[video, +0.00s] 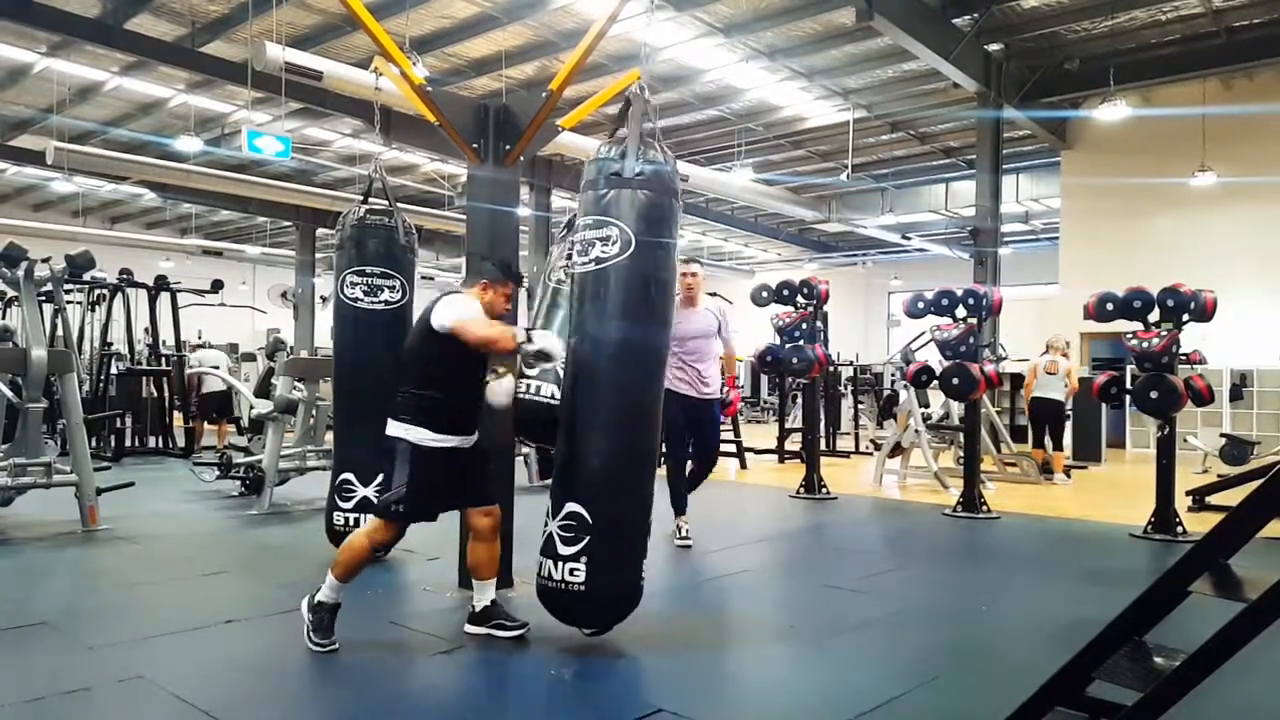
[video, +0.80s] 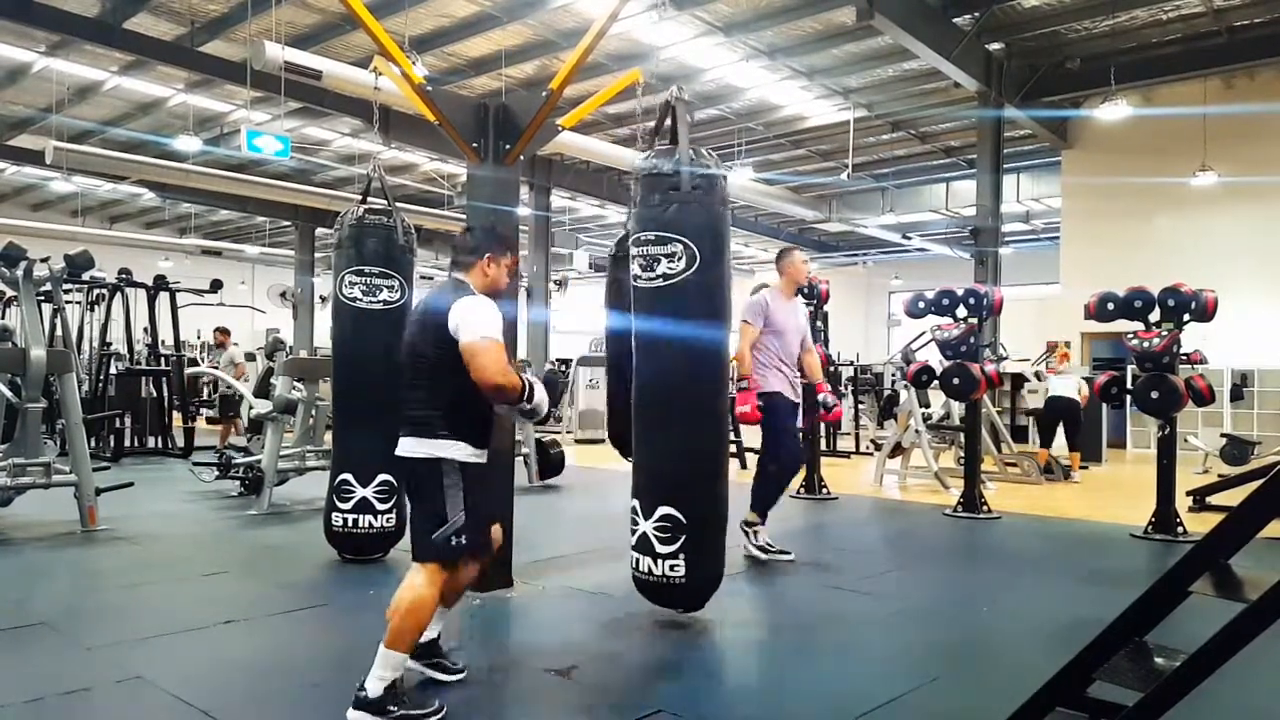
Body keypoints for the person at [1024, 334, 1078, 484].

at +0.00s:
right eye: (1064, 349)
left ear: (1047, 347)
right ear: (1063, 349)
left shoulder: (1036, 362)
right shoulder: (1067, 364)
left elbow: (1028, 383)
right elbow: (1074, 385)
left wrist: (1027, 402)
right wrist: (1066, 397)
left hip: (1037, 400)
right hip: (1056, 401)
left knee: (1037, 438)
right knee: (1057, 440)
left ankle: (1035, 471)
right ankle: (1058, 473)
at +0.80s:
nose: (1055, 363)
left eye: (1056, 361)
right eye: (1057, 361)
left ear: (1058, 363)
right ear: (1070, 363)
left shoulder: (1052, 377)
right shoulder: (1078, 378)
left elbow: (1048, 392)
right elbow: (1085, 394)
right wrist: (1080, 407)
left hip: (1053, 400)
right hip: (1072, 401)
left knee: (1045, 439)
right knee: (1073, 440)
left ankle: (1039, 471)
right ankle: (1075, 473)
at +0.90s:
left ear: (1057, 377)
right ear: (1071, 378)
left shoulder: (1051, 381)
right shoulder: (1078, 384)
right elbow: (1089, 397)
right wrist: (1084, 409)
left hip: (1057, 401)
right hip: (1076, 403)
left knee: (1049, 438)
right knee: (1075, 440)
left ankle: (1038, 469)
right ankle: (1076, 473)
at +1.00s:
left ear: (1058, 386)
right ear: (1071, 385)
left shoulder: (1055, 390)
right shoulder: (1079, 389)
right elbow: (1090, 398)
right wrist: (1085, 412)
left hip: (1059, 403)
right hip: (1079, 404)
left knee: (1049, 439)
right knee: (1076, 441)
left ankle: (1039, 470)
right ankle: (1075, 473)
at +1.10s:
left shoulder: (1058, 395)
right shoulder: (1084, 396)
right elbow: (1091, 400)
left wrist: (1050, 453)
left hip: (1061, 405)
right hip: (1080, 406)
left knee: (1049, 437)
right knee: (1077, 441)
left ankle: (1038, 470)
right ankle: (1075, 473)